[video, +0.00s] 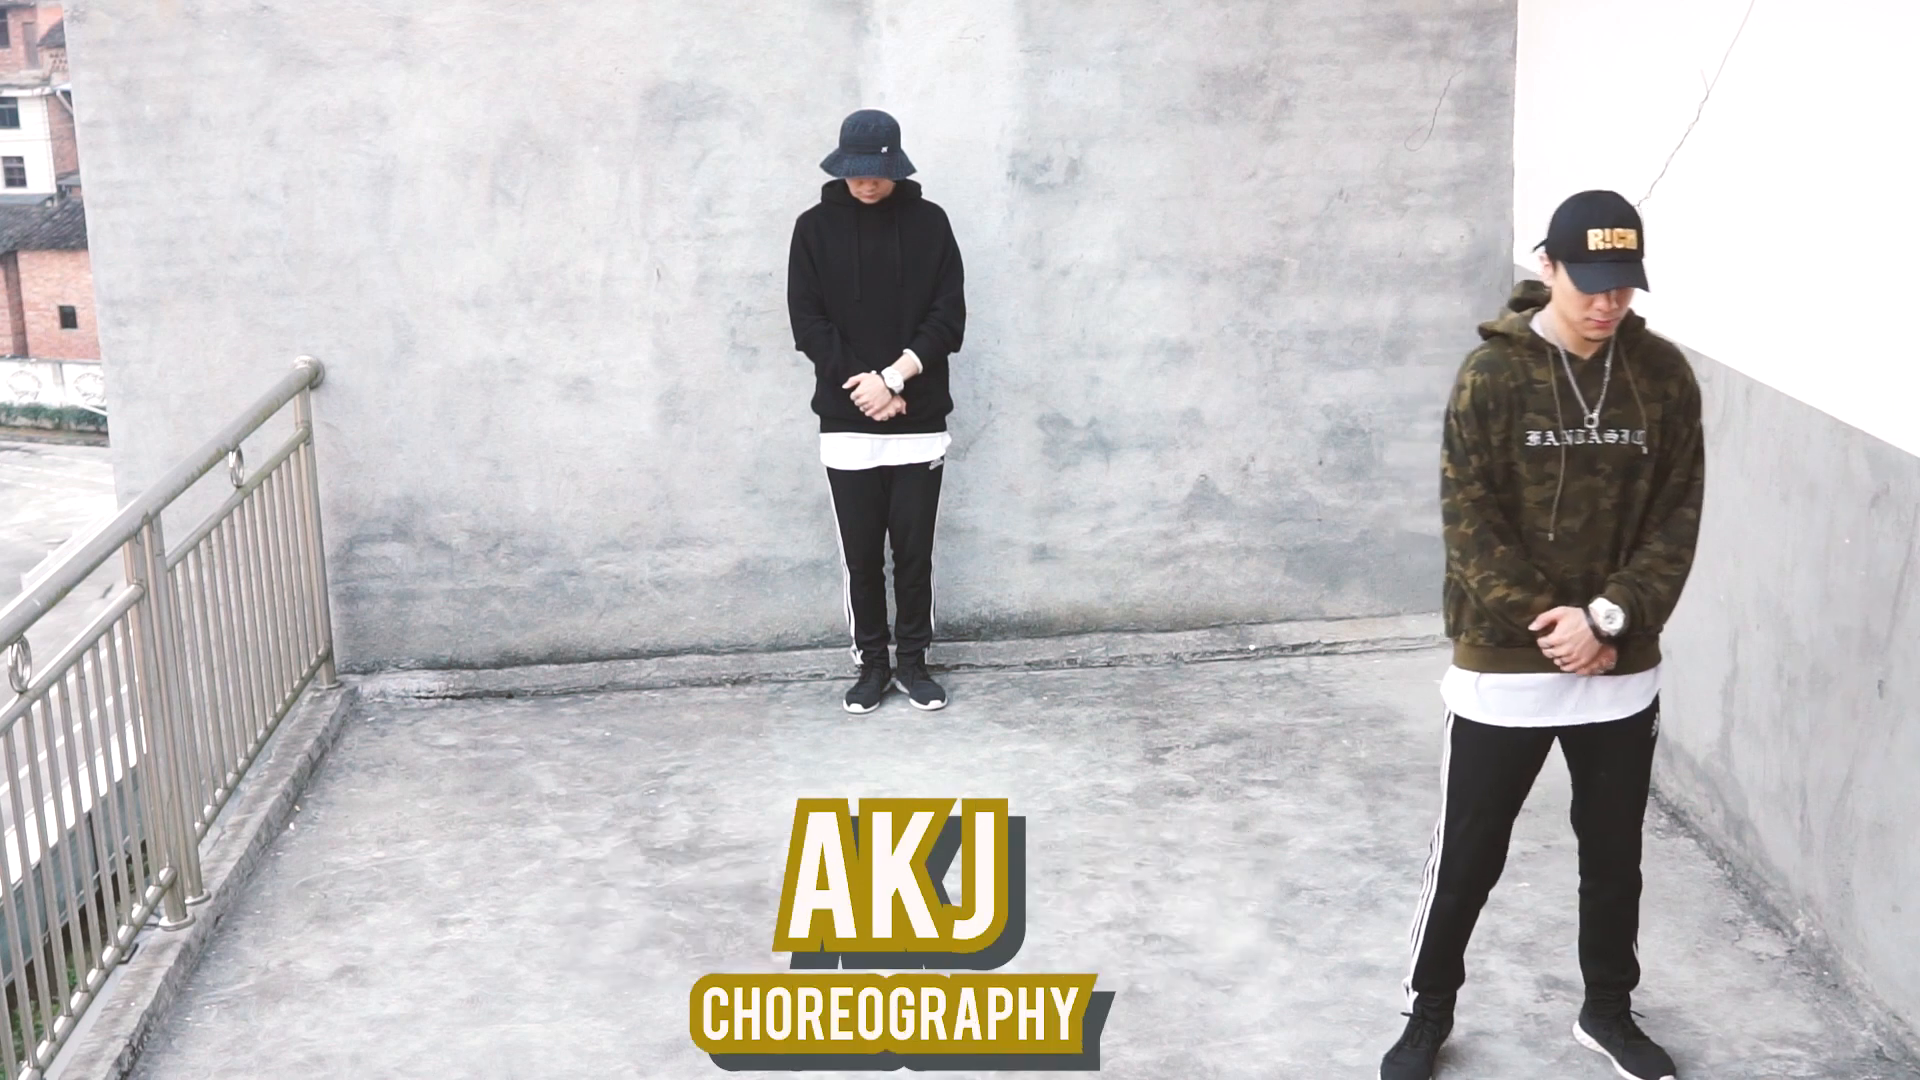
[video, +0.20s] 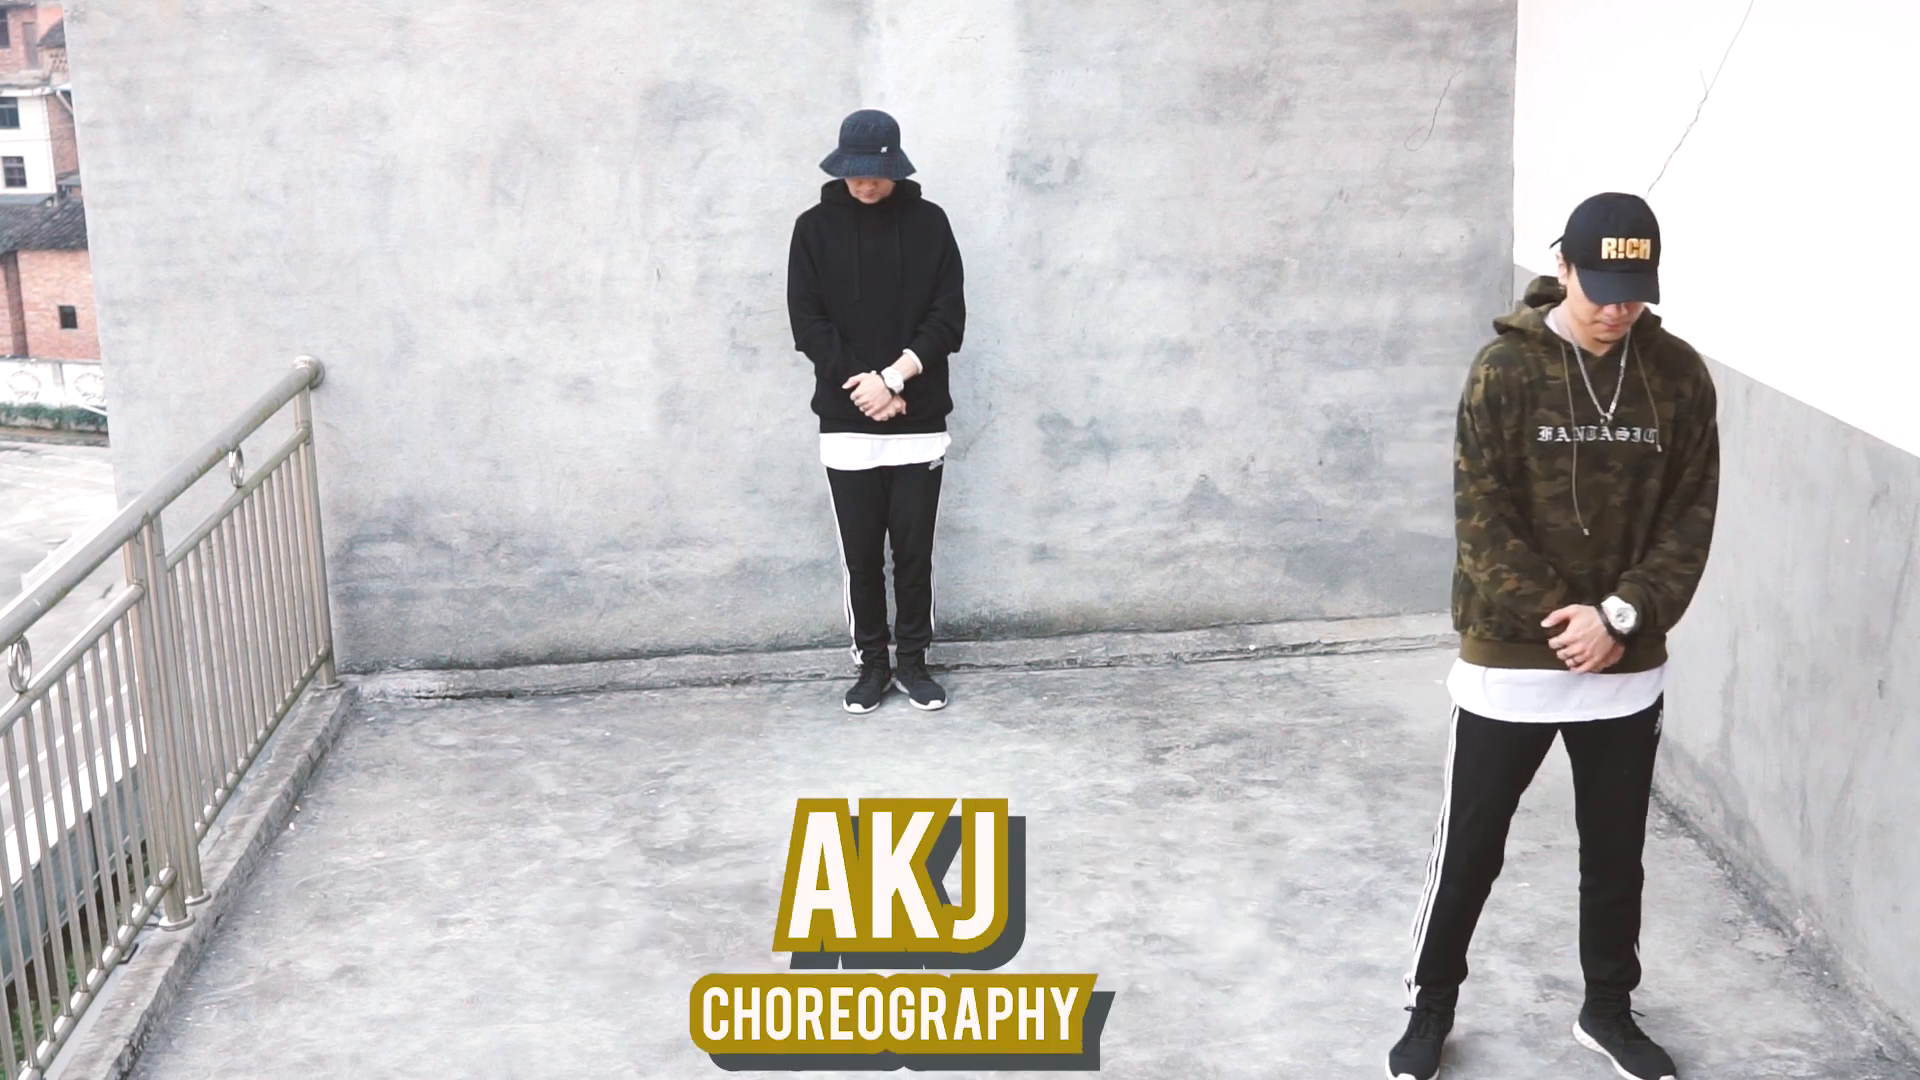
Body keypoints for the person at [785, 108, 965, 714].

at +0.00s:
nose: (867, 183)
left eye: (878, 173)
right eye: (856, 173)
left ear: (897, 168)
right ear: (841, 169)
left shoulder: (928, 222)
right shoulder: (815, 226)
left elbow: (948, 317)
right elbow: (807, 323)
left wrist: (895, 373)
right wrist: (863, 386)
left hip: (919, 413)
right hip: (845, 416)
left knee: (913, 548)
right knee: (861, 551)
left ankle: (913, 664)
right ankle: (872, 666)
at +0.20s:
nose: (866, 183)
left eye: (878, 173)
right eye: (856, 173)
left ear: (897, 169)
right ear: (841, 169)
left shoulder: (928, 222)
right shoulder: (815, 226)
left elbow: (948, 318)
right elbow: (807, 323)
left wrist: (894, 373)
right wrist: (863, 386)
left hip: (919, 413)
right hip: (845, 416)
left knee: (913, 548)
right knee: (861, 551)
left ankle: (913, 663)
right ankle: (872, 666)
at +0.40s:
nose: (865, 184)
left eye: (877, 173)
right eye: (855, 173)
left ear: (896, 169)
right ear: (840, 170)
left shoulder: (928, 221)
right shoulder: (814, 227)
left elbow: (948, 317)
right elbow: (807, 323)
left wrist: (894, 373)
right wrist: (863, 387)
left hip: (919, 413)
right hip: (845, 416)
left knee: (913, 548)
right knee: (861, 551)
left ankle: (913, 663)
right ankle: (872, 666)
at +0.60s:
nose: (865, 184)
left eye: (876, 173)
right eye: (855, 173)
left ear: (896, 169)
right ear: (839, 170)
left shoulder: (927, 221)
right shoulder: (814, 227)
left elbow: (948, 317)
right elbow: (806, 323)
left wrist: (894, 373)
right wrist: (863, 387)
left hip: (919, 413)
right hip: (845, 416)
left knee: (913, 549)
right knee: (861, 552)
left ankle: (913, 664)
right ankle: (872, 666)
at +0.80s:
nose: (864, 185)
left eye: (876, 174)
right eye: (854, 174)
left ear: (896, 170)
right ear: (839, 170)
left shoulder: (927, 221)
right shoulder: (813, 227)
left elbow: (947, 318)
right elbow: (806, 323)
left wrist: (894, 373)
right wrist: (862, 387)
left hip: (919, 413)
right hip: (845, 416)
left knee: (913, 549)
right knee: (861, 552)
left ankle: (913, 663)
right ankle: (872, 666)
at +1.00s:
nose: (865, 186)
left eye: (876, 176)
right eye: (855, 175)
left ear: (896, 170)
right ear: (839, 170)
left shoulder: (926, 221)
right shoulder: (813, 227)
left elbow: (947, 317)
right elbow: (806, 324)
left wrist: (893, 373)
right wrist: (862, 387)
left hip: (918, 414)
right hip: (844, 417)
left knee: (913, 549)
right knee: (860, 552)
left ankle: (913, 664)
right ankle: (872, 666)